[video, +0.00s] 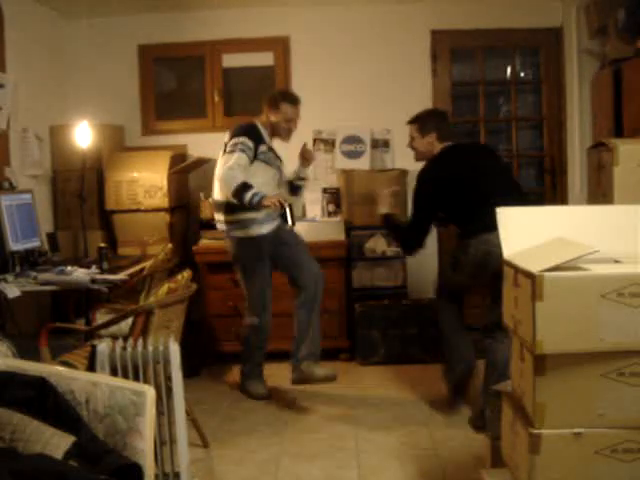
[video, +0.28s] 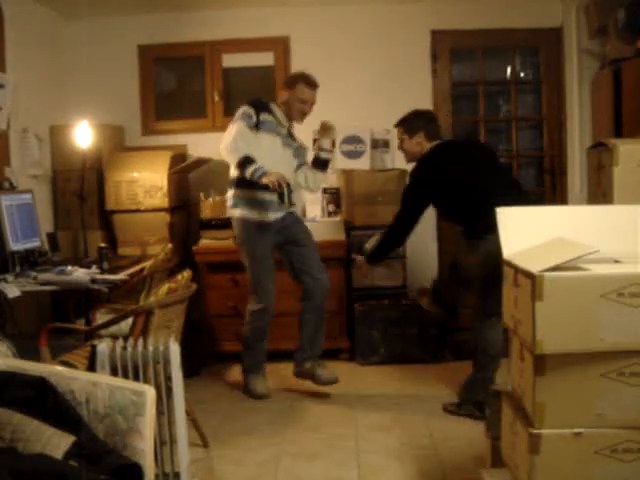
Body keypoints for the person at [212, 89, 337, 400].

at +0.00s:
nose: (291, 127)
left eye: (294, 121)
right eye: (286, 119)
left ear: (296, 120)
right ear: (268, 113)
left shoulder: (271, 150)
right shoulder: (245, 138)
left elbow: (285, 197)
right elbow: (228, 178)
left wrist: (302, 168)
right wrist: (259, 199)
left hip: (277, 230)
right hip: (247, 236)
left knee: (311, 279)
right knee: (258, 309)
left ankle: (305, 363)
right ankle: (252, 375)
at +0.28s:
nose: (306, 110)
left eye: (310, 105)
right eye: (303, 102)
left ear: (310, 105)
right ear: (284, 93)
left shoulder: (295, 144)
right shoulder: (253, 114)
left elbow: (311, 184)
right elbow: (230, 146)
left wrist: (324, 148)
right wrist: (261, 174)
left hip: (285, 218)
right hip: (251, 218)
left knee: (317, 284)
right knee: (263, 297)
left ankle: (307, 361)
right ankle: (253, 371)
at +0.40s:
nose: (315, 115)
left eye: (319, 109)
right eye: (310, 108)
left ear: (322, 111)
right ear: (294, 103)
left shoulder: (307, 148)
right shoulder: (266, 119)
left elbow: (328, 183)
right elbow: (233, 149)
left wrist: (335, 146)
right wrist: (259, 175)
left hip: (292, 223)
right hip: (259, 220)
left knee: (312, 296)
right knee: (292, 289)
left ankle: (312, 377)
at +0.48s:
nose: (322, 136)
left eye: (327, 130)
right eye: (317, 128)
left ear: (331, 129)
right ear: (301, 123)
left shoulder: (319, 168)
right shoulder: (272, 133)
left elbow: (331, 194)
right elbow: (231, 159)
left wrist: (346, 183)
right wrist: (253, 180)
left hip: (295, 230)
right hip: (260, 221)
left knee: (328, 297)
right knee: (316, 262)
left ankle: (314, 377)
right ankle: (272, 283)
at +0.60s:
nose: (316, 118)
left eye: (322, 112)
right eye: (312, 110)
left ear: (327, 111)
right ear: (297, 102)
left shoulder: (321, 148)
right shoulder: (269, 119)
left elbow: (335, 179)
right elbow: (231, 144)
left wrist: (353, 205)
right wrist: (245, 170)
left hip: (296, 216)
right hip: (260, 207)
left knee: (312, 289)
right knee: (316, 228)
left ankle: (313, 378)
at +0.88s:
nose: (299, 125)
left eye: (304, 119)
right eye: (294, 118)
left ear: (309, 115)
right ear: (277, 109)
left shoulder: (310, 143)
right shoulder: (248, 132)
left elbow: (322, 191)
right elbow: (223, 170)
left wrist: (323, 231)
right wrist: (244, 173)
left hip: (306, 221)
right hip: (269, 217)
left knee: (310, 290)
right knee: (315, 268)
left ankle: (282, 367)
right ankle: (356, 337)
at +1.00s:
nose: (300, 138)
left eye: (303, 132)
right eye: (296, 131)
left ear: (304, 127)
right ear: (279, 119)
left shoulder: (297, 147)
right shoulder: (247, 145)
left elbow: (310, 180)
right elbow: (220, 187)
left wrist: (323, 189)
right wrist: (246, 185)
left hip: (306, 233)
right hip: (273, 236)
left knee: (318, 304)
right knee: (307, 304)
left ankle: (285, 371)